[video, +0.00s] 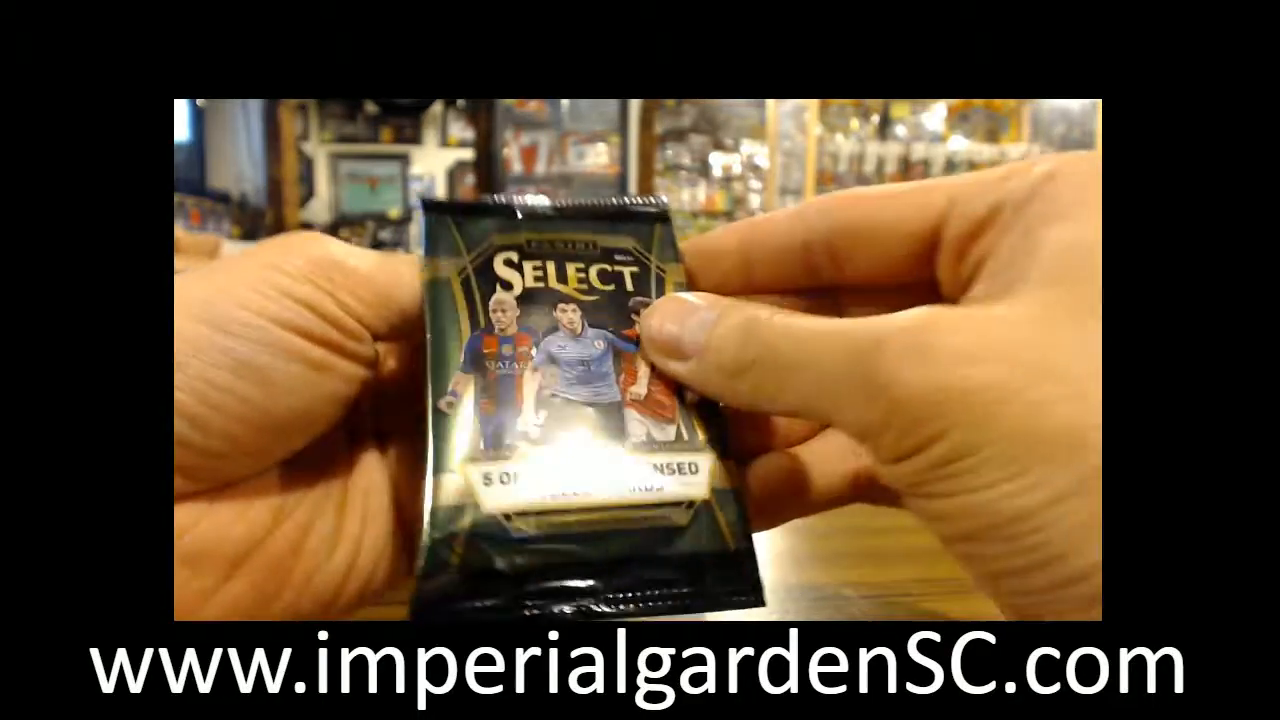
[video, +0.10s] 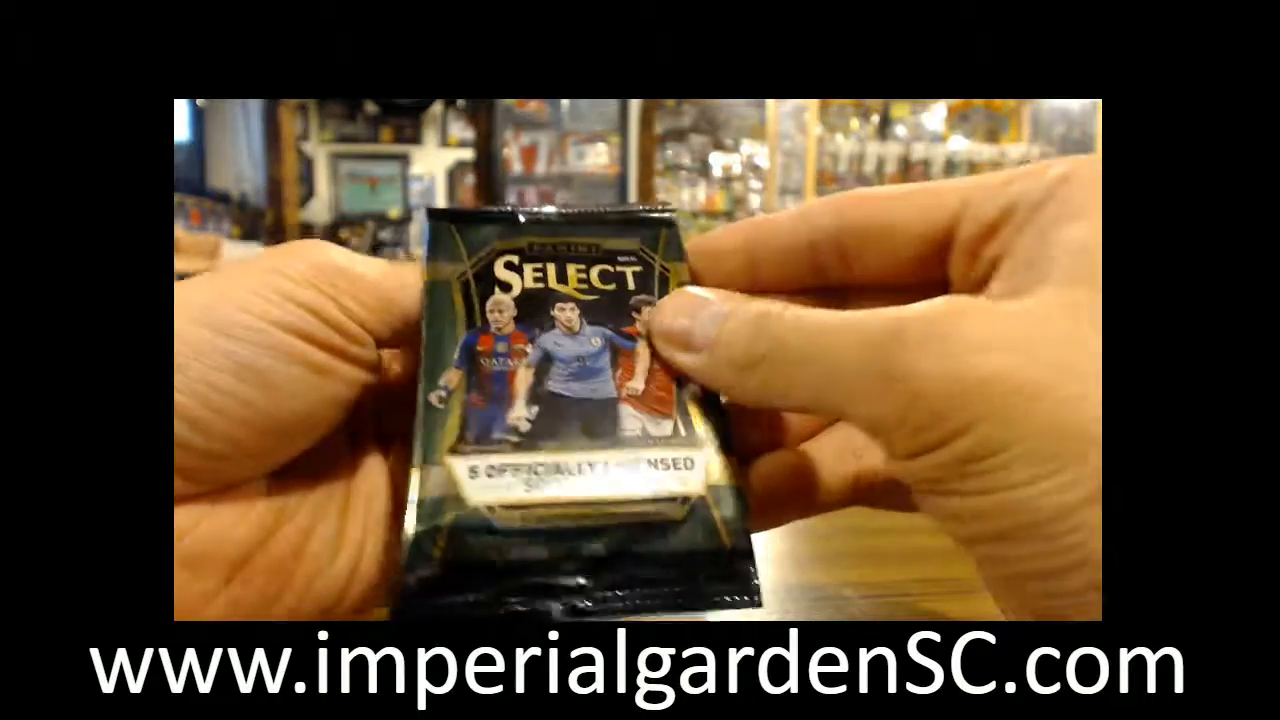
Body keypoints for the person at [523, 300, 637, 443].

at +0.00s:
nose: (570, 316)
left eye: (574, 311)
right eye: (563, 311)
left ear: (581, 313)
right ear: (555, 314)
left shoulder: (603, 336)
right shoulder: (550, 343)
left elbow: (637, 351)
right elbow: (532, 372)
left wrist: (641, 383)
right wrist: (528, 411)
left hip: (607, 402)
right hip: (570, 402)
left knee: (614, 454)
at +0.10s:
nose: (568, 315)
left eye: (572, 310)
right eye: (562, 310)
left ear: (579, 312)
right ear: (554, 314)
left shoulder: (601, 334)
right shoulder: (546, 340)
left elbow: (638, 347)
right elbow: (526, 369)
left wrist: (639, 379)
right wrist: (519, 405)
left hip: (601, 401)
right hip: (561, 401)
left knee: (603, 455)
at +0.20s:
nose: (563, 301)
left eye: (568, 296)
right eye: (558, 296)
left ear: (575, 297)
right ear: (548, 299)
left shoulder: (596, 319)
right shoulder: (539, 326)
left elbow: (636, 331)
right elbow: (516, 354)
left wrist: (632, 364)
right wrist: (506, 390)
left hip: (590, 388)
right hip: (547, 387)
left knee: (593, 442)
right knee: (510, 429)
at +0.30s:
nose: (575, 303)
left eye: (580, 297)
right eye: (569, 298)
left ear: (588, 299)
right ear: (560, 300)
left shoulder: (608, 322)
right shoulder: (550, 327)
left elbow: (649, 336)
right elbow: (526, 357)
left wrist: (642, 371)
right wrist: (514, 395)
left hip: (599, 395)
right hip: (555, 392)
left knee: (599, 450)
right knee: (518, 436)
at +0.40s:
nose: (587, 308)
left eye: (592, 303)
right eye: (581, 303)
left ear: (599, 304)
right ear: (572, 306)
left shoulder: (619, 328)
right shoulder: (561, 333)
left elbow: (660, 342)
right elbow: (537, 363)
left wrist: (652, 377)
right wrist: (525, 400)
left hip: (609, 401)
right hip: (566, 399)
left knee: (610, 458)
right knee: (533, 444)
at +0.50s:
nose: (590, 311)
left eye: (594, 306)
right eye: (583, 306)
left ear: (601, 308)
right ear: (574, 309)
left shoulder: (621, 331)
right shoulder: (564, 337)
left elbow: (663, 346)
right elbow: (539, 367)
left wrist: (654, 381)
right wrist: (528, 405)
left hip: (612, 404)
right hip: (569, 402)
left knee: (612, 462)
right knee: (534, 447)